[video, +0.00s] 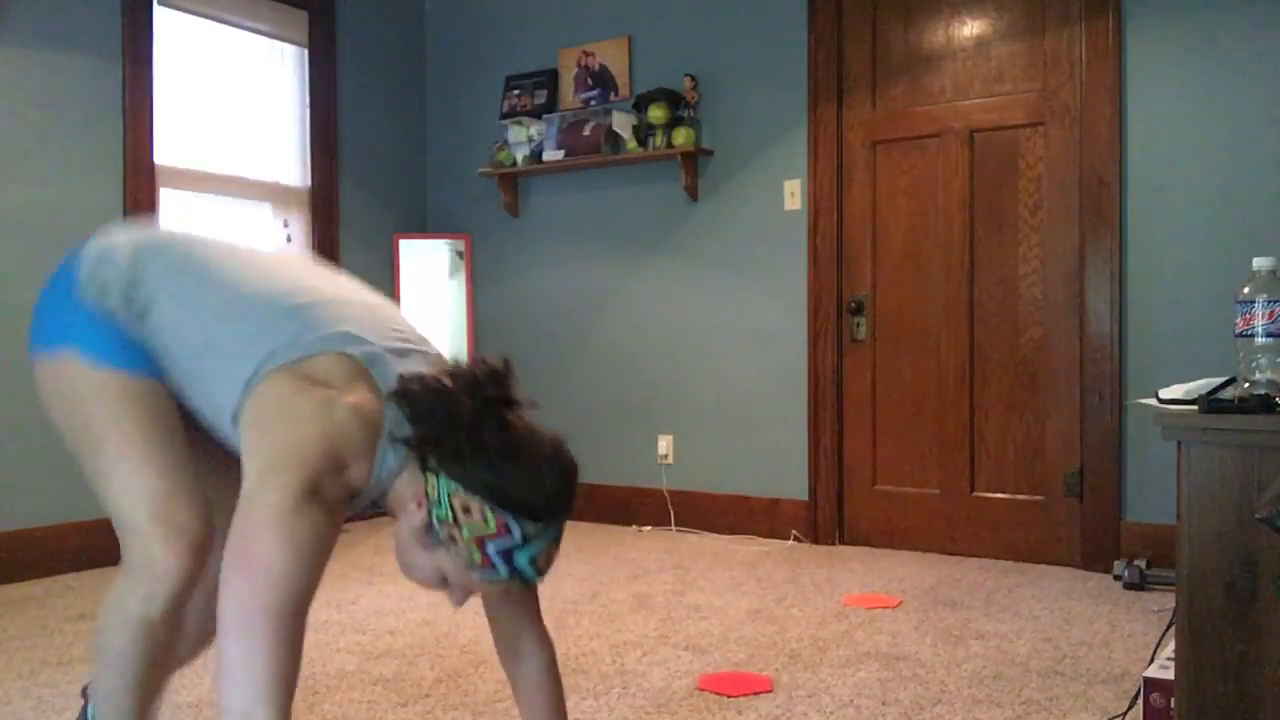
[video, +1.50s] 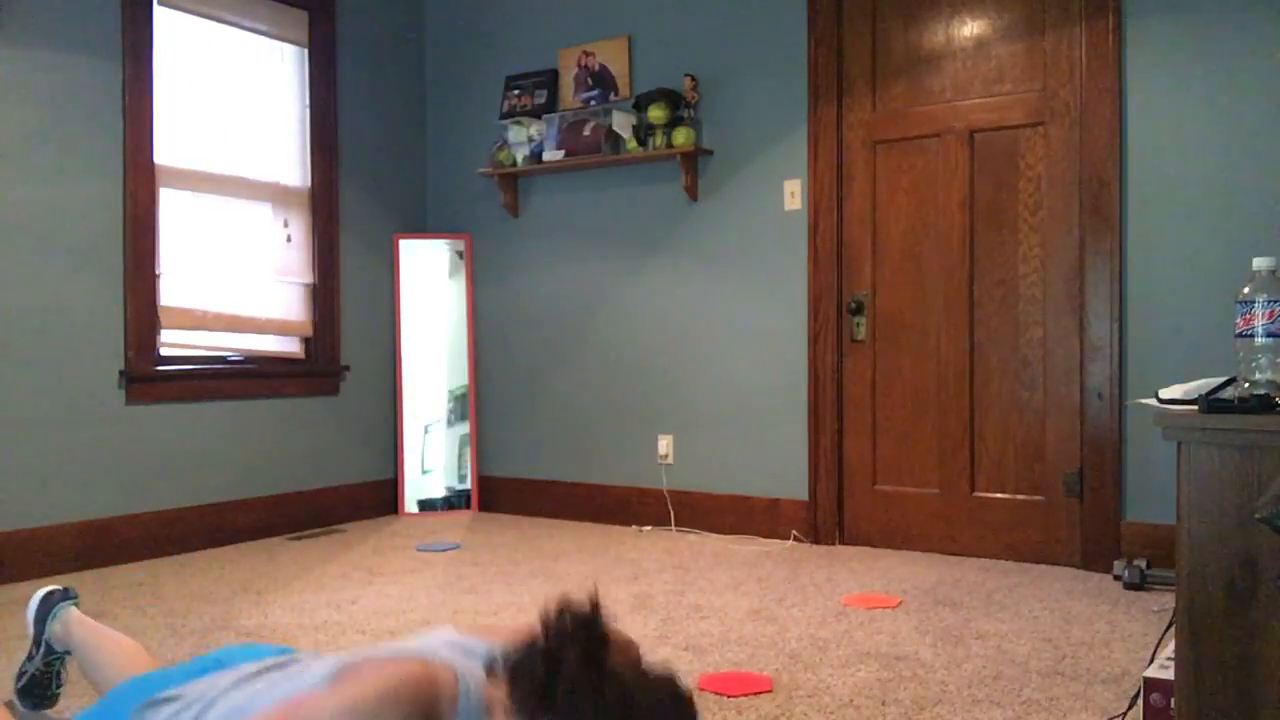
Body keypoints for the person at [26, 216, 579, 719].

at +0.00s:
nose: (458, 599)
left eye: (479, 592)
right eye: (456, 578)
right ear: (429, 504)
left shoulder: (473, 429)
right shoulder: (314, 433)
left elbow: (523, 638)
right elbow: (252, 705)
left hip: (208, 288)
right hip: (101, 289)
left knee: (236, 575)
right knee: (169, 553)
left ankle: (101, 696)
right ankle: (112, 708)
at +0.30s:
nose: (540, 594)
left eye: (559, 585)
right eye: (541, 573)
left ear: (531, 494)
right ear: (509, 500)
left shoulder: (537, 454)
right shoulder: (371, 458)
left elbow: (558, 660)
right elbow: (289, 702)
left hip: (258, 373)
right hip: (128, 363)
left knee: (156, 548)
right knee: (27, 560)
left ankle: (51, 567)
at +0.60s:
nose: (450, 567)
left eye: (469, 553)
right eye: (448, 545)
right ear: (408, 485)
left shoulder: (446, 489)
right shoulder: (255, 493)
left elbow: (519, 662)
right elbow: (214, 714)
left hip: (164, 650)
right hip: (60, 643)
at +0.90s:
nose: (550, 701)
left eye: (579, 688)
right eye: (559, 676)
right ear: (529, 623)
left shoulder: (489, 577)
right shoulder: (347, 578)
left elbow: (600, 682)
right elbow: (198, 710)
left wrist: (598, 701)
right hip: (93, 662)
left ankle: (37, 623)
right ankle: (26, 630)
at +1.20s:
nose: (590, 646)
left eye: (589, 650)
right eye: (601, 651)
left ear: (567, 666)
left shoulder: (477, 689)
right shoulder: (481, 692)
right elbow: (622, 649)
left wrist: (551, 680)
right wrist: (572, 685)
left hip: (271, 675)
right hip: (268, 682)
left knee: (147, 681)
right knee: (143, 682)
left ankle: (57, 629)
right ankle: (54, 627)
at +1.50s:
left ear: (564, 664)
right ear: (558, 714)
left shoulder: (521, 669)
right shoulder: (415, 687)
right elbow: (291, 712)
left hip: (297, 669)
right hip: (244, 698)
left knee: (171, 674)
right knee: (147, 689)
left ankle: (63, 620)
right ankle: (61, 622)